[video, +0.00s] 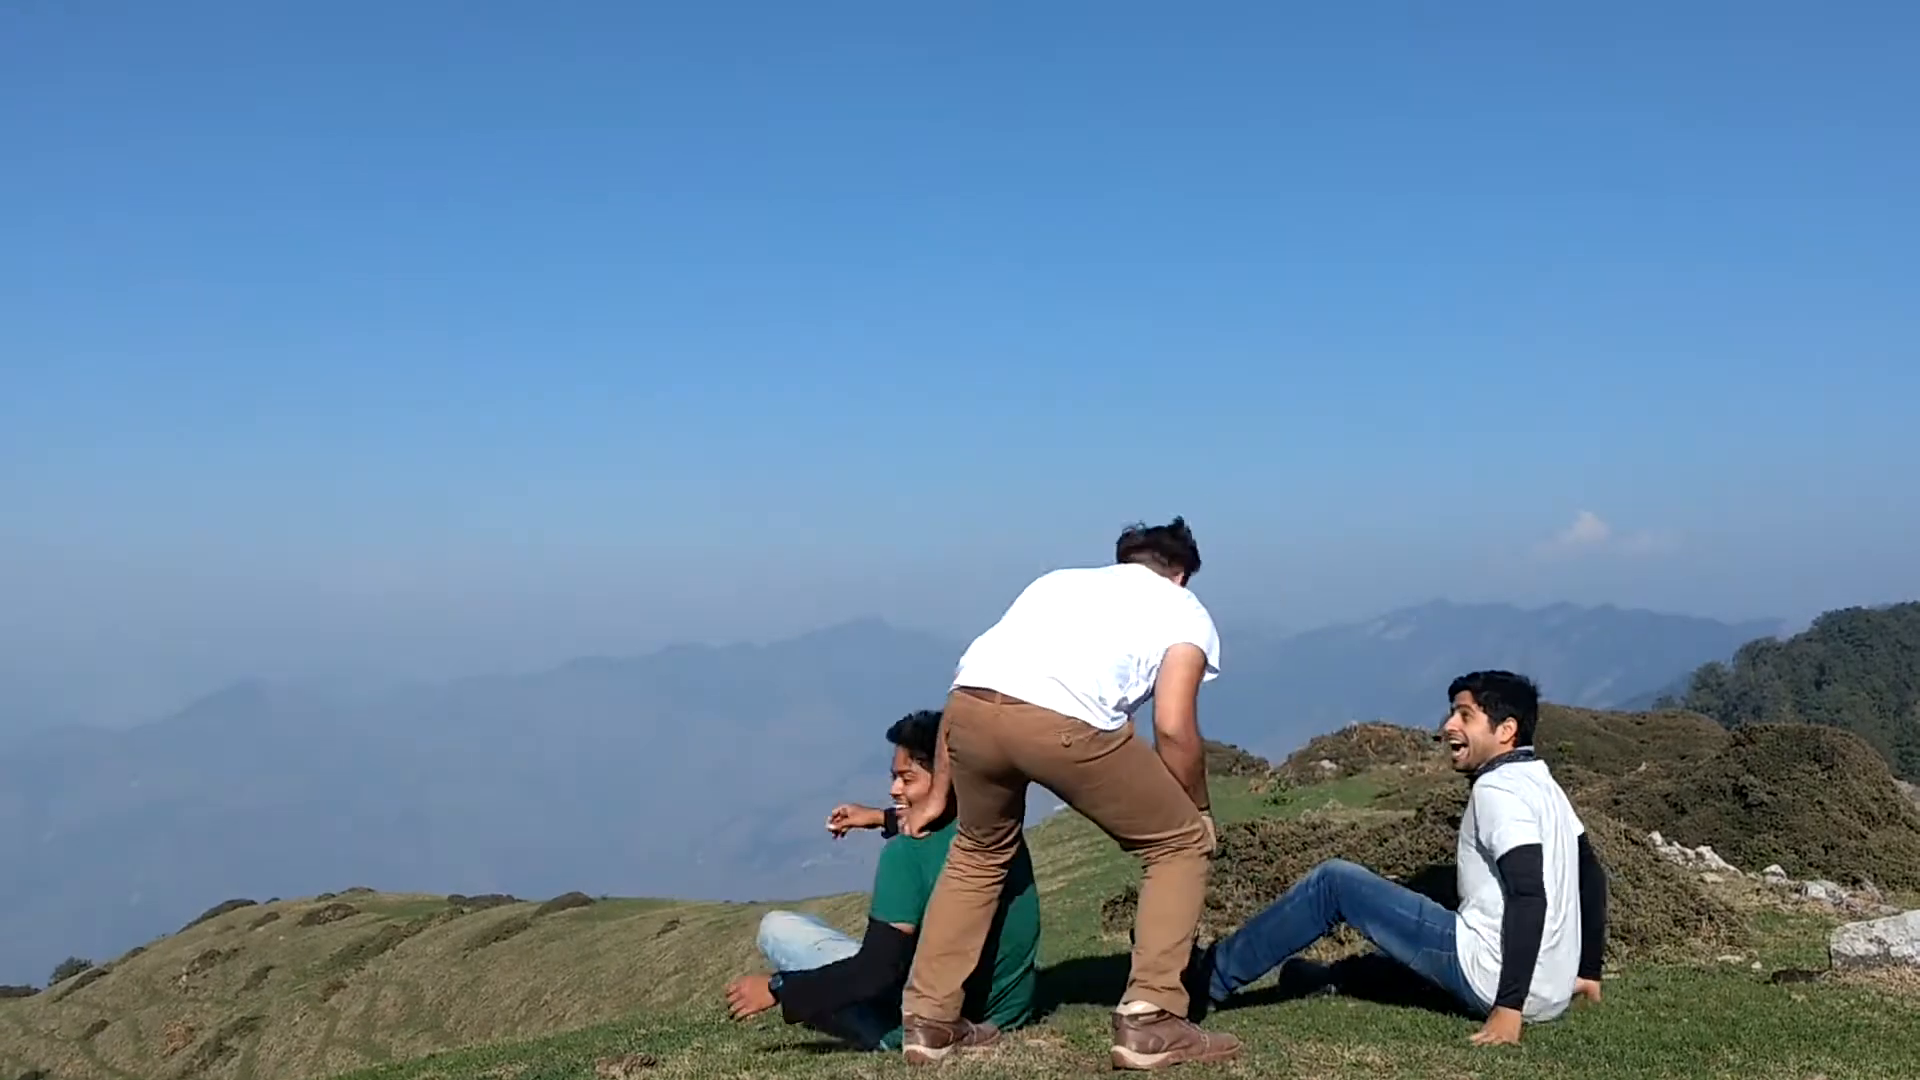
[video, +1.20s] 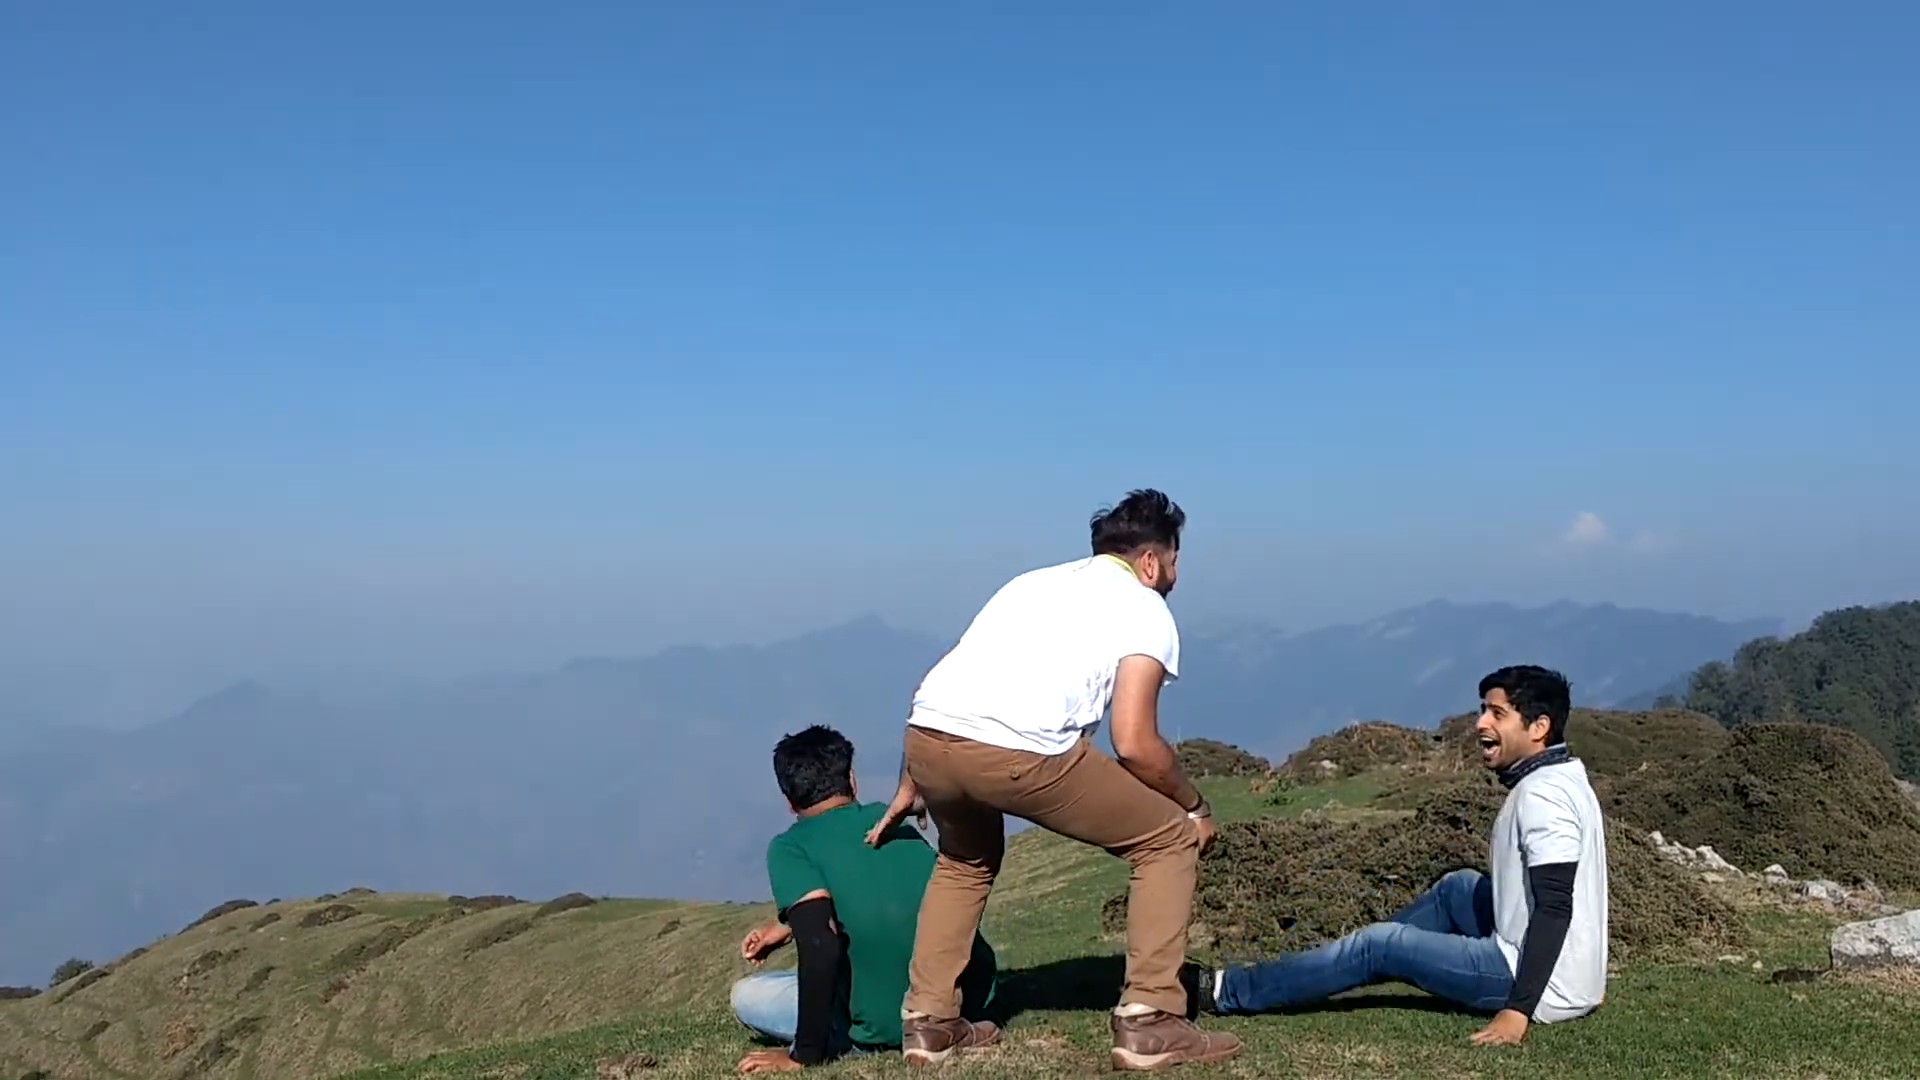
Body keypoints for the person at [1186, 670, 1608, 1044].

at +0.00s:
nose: (1448, 727)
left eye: (1464, 715)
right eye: (1451, 714)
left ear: (1507, 733)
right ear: (1507, 738)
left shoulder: (1497, 790)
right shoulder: (1543, 784)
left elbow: (1528, 895)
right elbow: (1591, 878)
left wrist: (1508, 1011)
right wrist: (1589, 973)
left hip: (1491, 979)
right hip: (1546, 988)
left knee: (1335, 879)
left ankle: (1211, 975)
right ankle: (1333, 979)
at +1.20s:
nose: (1482, 725)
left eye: (1496, 714)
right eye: (1483, 713)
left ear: (1540, 728)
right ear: (1537, 730)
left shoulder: (1542, 797)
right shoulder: (1559, 778)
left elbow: (1553, 909)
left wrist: (1517, 1010)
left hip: (1540, 983)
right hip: (1563, 964)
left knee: (1377, 944)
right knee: (1458, 887)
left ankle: (1216, 991)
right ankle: (1373, 960)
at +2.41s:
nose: (1479, 747)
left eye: (1492, 735)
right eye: (1479, 734)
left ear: (1537, 744)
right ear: (1527, 744)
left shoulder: (1556, 809)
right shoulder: (1540, 798)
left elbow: (1629, 901)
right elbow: (1599, 892)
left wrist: (1594, 1000)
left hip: (1542, 990)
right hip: (1539, 952)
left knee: (1388, 960)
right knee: (1471, 896)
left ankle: (1233, 1004)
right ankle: (1354, 965)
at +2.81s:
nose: (1514, 740)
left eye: (1527, 725)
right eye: (1504, 728)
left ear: (1563, 727)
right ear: (1496, 731)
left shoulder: (1572, 791)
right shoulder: (1554, 776)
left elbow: (1602, 901)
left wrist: (1596, 1006)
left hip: (1543, 969)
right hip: (1536, 931)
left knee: (1385, 918)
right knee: (1465, 871)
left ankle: (1244, 992)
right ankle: (1382, 970)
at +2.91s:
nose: (1514, 732)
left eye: (1527, 717)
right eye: (1504, 721)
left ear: (1561, 718)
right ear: (1496, 725)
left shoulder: (1568, 786)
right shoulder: (1556, 773)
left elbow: (1594, 899)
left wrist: (1598, 1007)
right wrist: (1582, 974)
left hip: (1530, 952)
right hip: (1532, 924)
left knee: (1394, 852)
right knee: (1452, 829)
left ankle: (1299, 983)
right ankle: (1378, 966)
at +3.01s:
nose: (1510, 725)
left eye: (1523, 710)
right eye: (1499, 713)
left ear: (1554, 711)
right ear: (1490, 719)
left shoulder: (1555, 783)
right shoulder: (1546, 770)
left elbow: (1581, 899)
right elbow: (1572, 886)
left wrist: (1596, 1007)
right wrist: (1579, 974)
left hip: (1508, 942)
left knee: (1390, 819)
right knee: (1412, 813)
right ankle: (1425, 977)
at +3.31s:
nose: (1451, 719)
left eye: (1463, 704)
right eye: (1438, 709)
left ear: (1491, 707)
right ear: (1430, 718)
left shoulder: (1507, 779)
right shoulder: (1488, 772)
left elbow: (1524, 891)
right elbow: (1538, 889)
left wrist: (1547, 988)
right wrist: (1570, 976)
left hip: (1481, 942)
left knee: (1356, 851)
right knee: (1365, 846)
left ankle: (1426, 988)